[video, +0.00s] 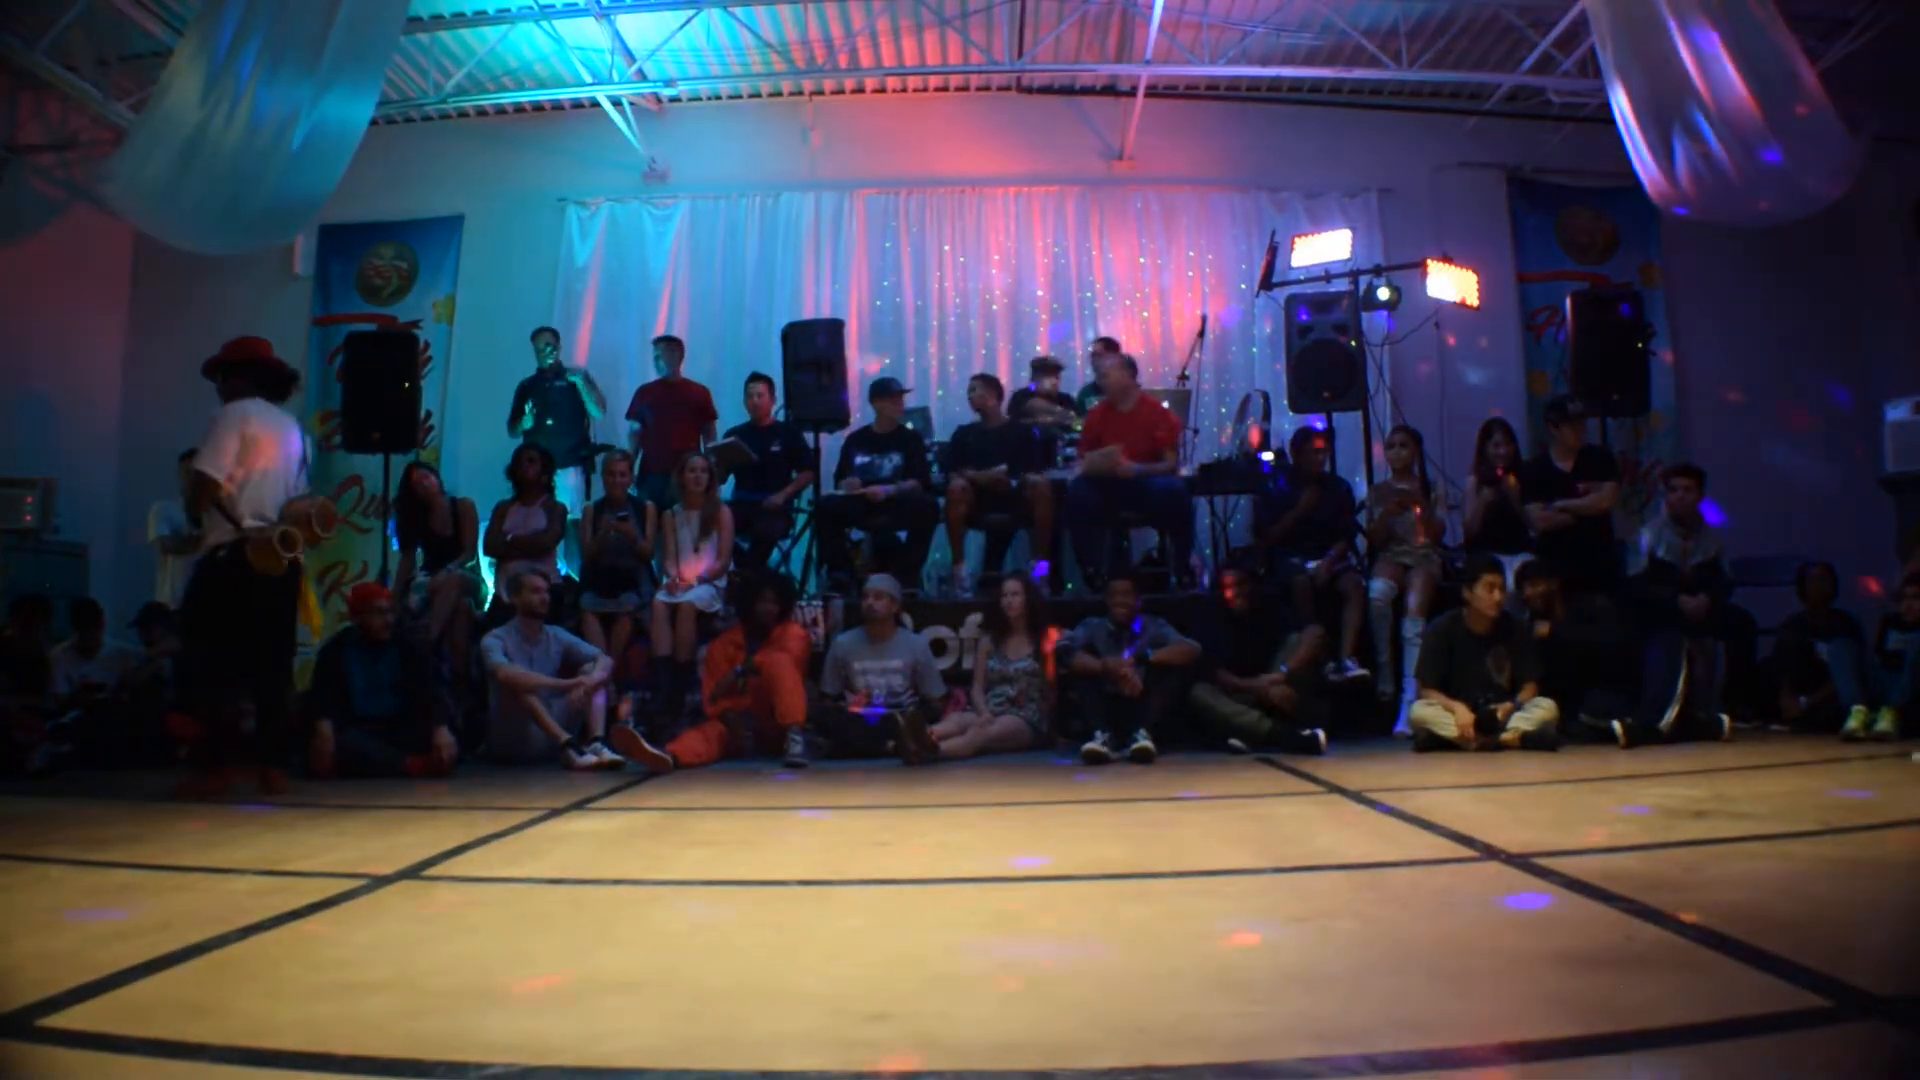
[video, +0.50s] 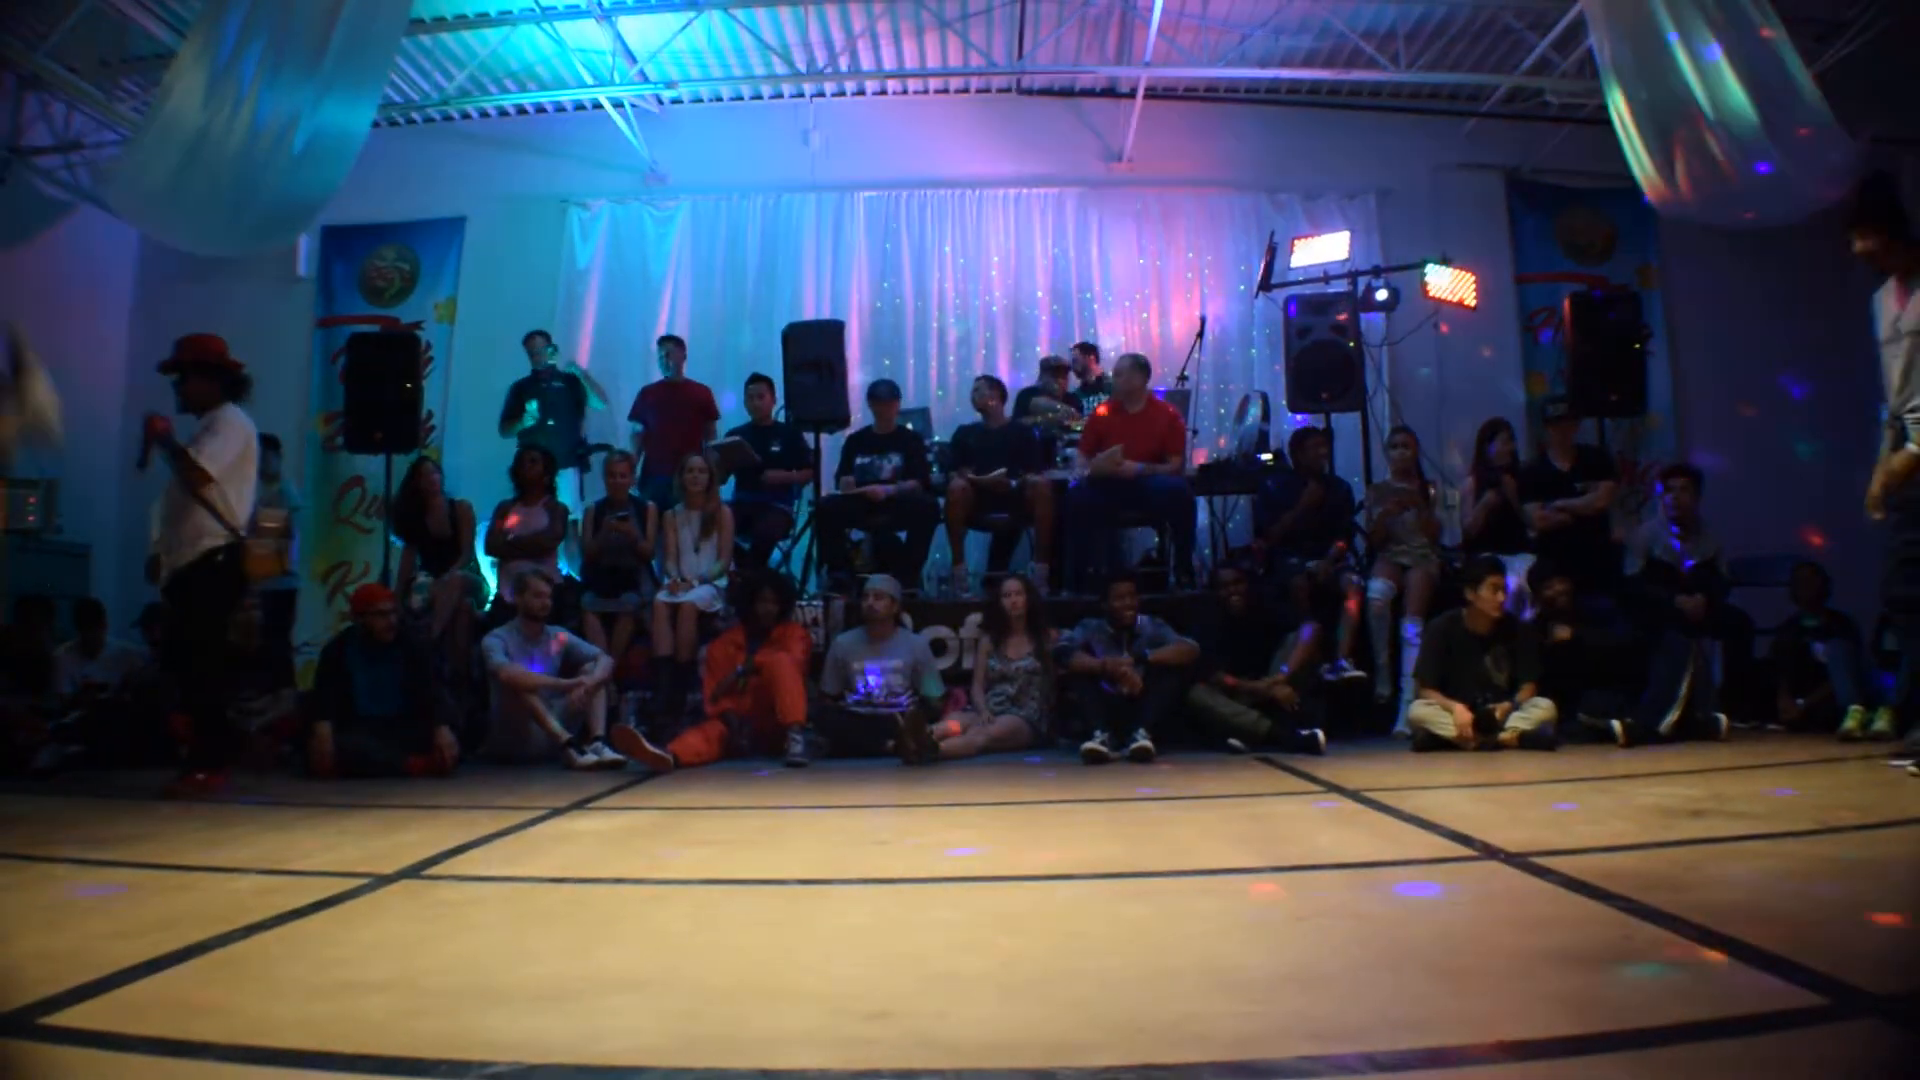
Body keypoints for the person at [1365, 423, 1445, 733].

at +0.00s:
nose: (1396, 452)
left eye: (1403, 446)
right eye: (1391, 447)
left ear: (1416, 452)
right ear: (1385, 453)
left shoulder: (1433, 489)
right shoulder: (1378, 492)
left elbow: (1437, 534)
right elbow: (1373, 536)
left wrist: (1420, 506)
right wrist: (1387, 514)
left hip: (1422, 553)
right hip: (1390, 552)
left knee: (1413, 615)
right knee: (1378, 596)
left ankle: (1410, 697)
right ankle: (1385, 674)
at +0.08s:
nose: (1397, 452)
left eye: (1403, 446)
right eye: (1391, 447)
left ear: (1417, 452)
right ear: (1385, 453)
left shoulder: (1432, 488)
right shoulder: (1378, 491)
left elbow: (1437, 533)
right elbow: (1373, 537)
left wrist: (1420, 504)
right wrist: (1387, 513)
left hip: (1422, 552)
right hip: (1391, 552)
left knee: (1414, 622)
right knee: (1378, 597)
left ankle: (1410, 701)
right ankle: (1384, 674)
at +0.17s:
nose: (1396, 453)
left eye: (1403, 447)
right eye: (1391, 447)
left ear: (1416, 452)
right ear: (1385, 453)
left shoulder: (1431, 488)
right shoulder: (1377, 491)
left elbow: (1436, 533)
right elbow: (1373, 537)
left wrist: (1420, 505)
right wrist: (1388, 513)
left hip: (1422, 553)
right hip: (1390, 552)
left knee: (1413, 622)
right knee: (1377, 598)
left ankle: (1408, 702)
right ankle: (1383, 672)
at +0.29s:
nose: (1396, 453)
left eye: (1402, 447)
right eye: (1390, 448)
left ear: (1416, 453)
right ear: (1383, 454)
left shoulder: (1428, 490)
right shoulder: (1376, 491)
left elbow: (1434, 534)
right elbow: (1372, 536)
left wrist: (1419, 506)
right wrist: (1388, 513)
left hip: (1420, 553)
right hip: (1388, 552)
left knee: (1411, 627)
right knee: (1376, 594)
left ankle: (1406, 705)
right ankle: (1381, 665)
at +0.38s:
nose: (1396, 453)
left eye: (1403, 447)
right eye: (1390, 448)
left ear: (1416, 452)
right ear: (1383, 454)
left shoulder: (1430, 490)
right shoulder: (1376, 492)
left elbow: (1433, 535)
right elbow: (1372, 537)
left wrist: (1419, 506)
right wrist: (1386, 514)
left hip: (1420, 554)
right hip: (1388, 553)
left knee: (1411, 624)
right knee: (1375, 597)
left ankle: (1406, 705)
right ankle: (1381, 672)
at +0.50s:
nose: (1400, 453)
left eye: (1406, 446)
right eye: (1394, 447)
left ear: (1416, 452)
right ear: (1386, 453)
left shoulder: (1429, 489)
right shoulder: (1377, 491)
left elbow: (1434, 535)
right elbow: (1373, 536)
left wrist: (1423, 506)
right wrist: (1388, 513)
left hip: (1421, 552)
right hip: (1389, 551)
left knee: (1412, 627)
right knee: (1376, 597)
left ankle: (1407, 704)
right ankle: (1382, 673)